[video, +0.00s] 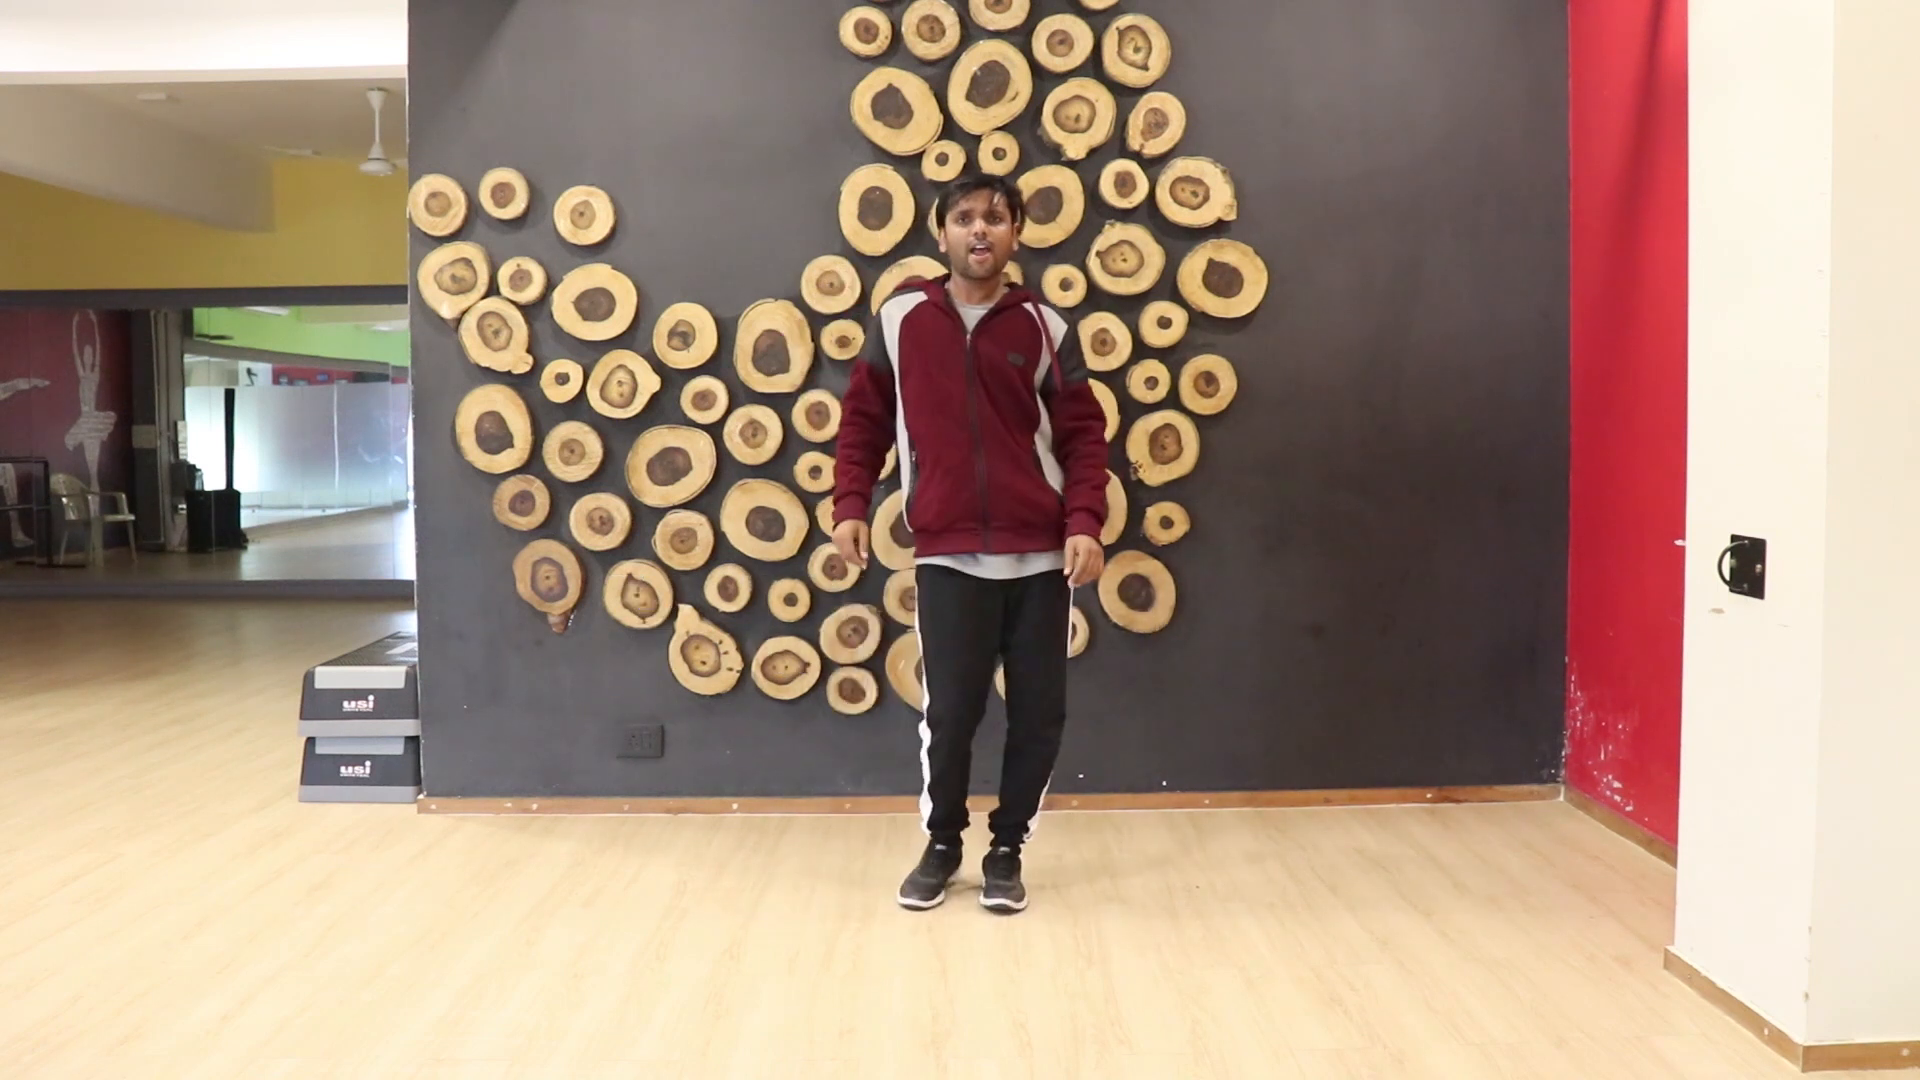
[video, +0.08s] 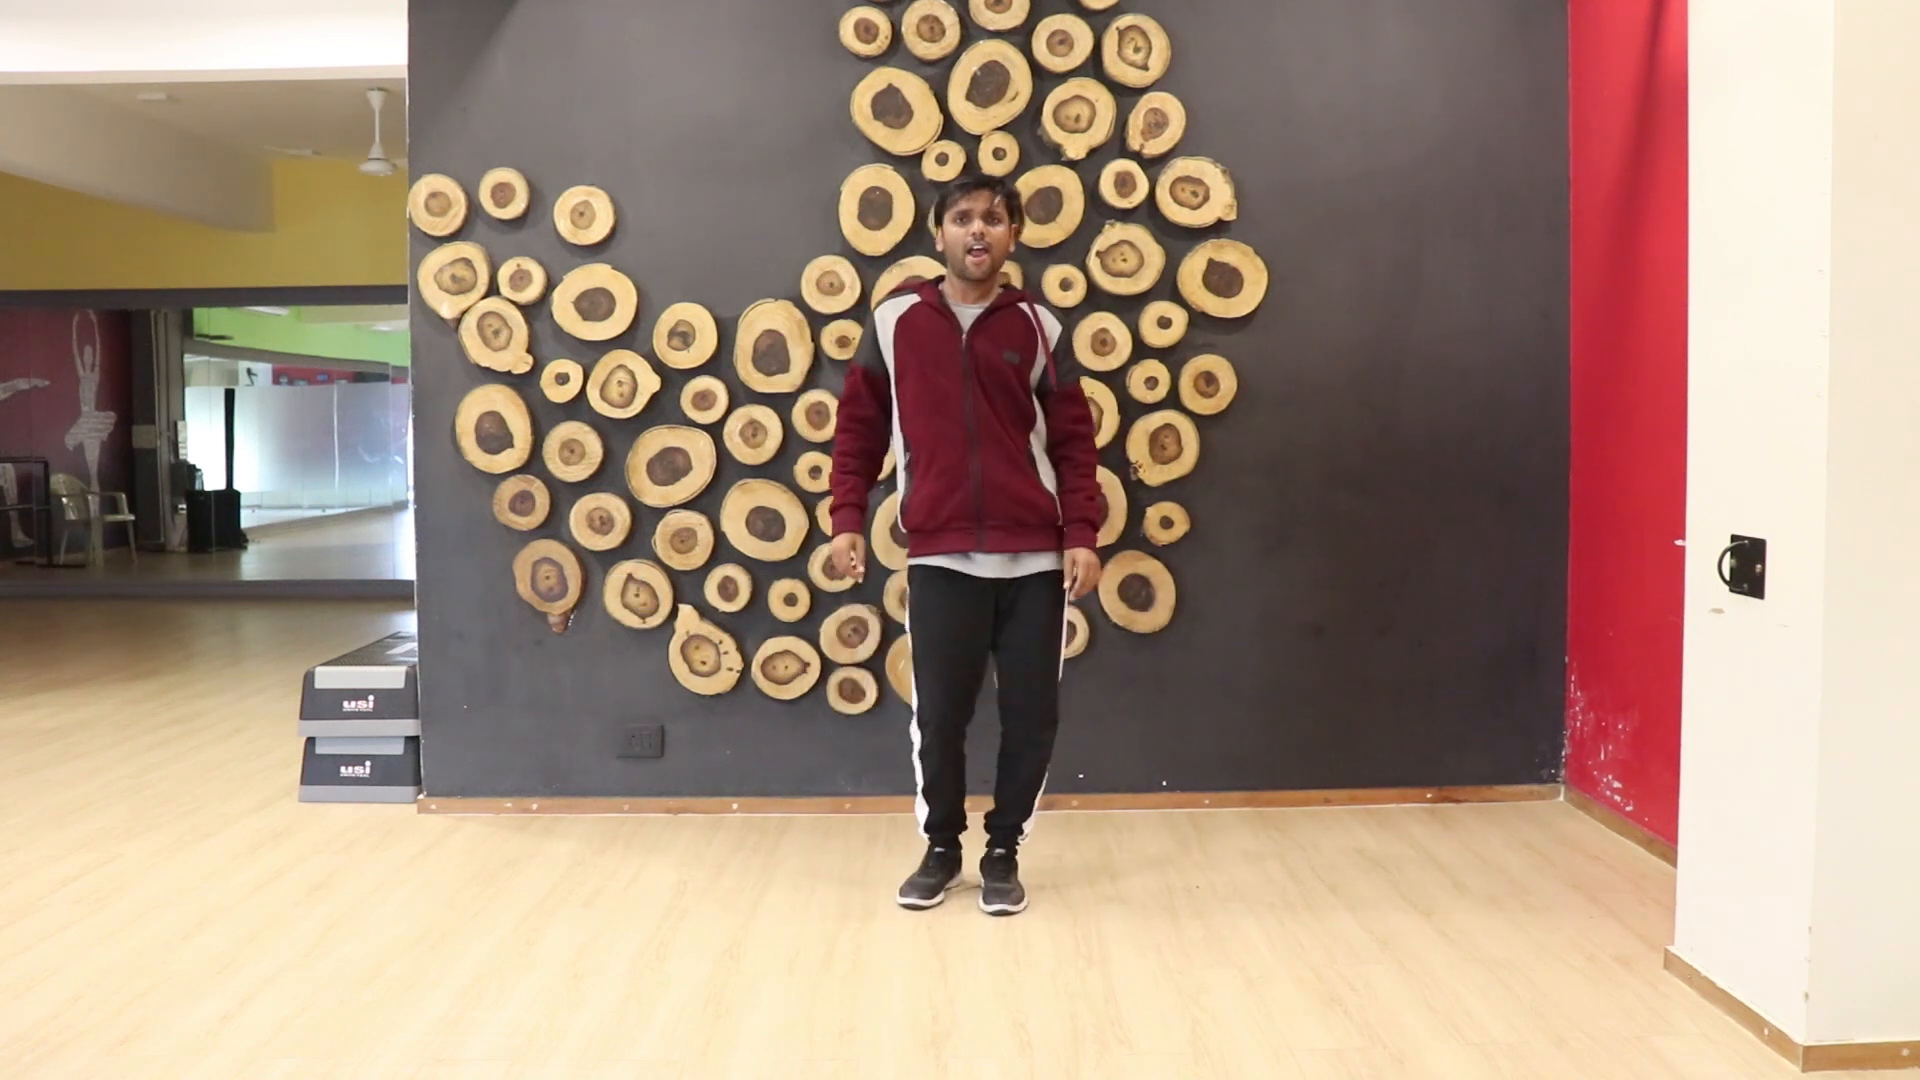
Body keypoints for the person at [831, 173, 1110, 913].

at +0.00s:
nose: (980, 231)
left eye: (994, 219)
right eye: (966, 219)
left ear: (1014, 235)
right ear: (942, 235)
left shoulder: (1044, 324)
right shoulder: (902, 317)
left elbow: (1080, 429)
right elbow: (865, 415)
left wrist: (1084, 519)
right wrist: (852, 507)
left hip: (1039, 552)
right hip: (948, 553)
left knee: (1039, 715)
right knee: (950, 710)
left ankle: (1005, 854)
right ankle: (940, 847)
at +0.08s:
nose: (978, 232)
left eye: (993, 220)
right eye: (964, 220)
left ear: (1013, 236)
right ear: (939, 234)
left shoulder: (1039, 324)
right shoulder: (896, 318)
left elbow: (1072, 435)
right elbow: (861, 421)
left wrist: (1082, 533)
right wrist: (848, 520)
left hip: (1033, 554)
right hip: (941, 553)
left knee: (1032, 715)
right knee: (938, 714)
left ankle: (1002, 856)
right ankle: (939, 850)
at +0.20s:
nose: (963, 229)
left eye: (976, 216)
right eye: (947, 218)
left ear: (997, 231)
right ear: (926, 235)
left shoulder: (1033, 322)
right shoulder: (889, 323)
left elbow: (1063, 440)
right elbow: (854, 433)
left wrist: (1077, 541)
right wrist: (841, 529)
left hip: (1018, 555)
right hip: (921, 554)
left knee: (1013, 712)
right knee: (916, 711)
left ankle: (999, 854)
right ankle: (936, 849)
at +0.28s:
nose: (952, 227)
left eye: (966, 215)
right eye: (937, 217)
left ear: (989, 232)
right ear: (917, 236)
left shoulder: (1028, 321)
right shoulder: (884, 323)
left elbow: (1060, 438)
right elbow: (850, 436)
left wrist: (1072, 541)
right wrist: (839, 532)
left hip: (1006, 555)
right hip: (908, 554)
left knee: (1007, 709)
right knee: (912, 712)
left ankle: (999, 852)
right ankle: (935, 850)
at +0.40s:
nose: (942, 231)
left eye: (956, 220)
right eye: (927, 221)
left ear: (979, 237)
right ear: (907, 239)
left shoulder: (1021, 323)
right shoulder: (875, 330)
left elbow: (1056, 436)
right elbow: (844, 438)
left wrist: (1062, 537)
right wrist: (839, 533)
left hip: (994, 555)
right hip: (896, 556)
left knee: (1003, 695)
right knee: (908, 710)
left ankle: (999, 840)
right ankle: (934, 850)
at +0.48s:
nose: (940, 229)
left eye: (953, 219)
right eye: (925, 219)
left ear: (976, 237)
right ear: (904, 239)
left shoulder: (1018, 323)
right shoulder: (869, 330)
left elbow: (1053, 435)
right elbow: (840, 437)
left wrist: (1056, 535)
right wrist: (841, 531)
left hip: (992, 553)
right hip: (895, 555)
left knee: (999, 694)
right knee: (906, 709)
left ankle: (995, 829)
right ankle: (934, 849)